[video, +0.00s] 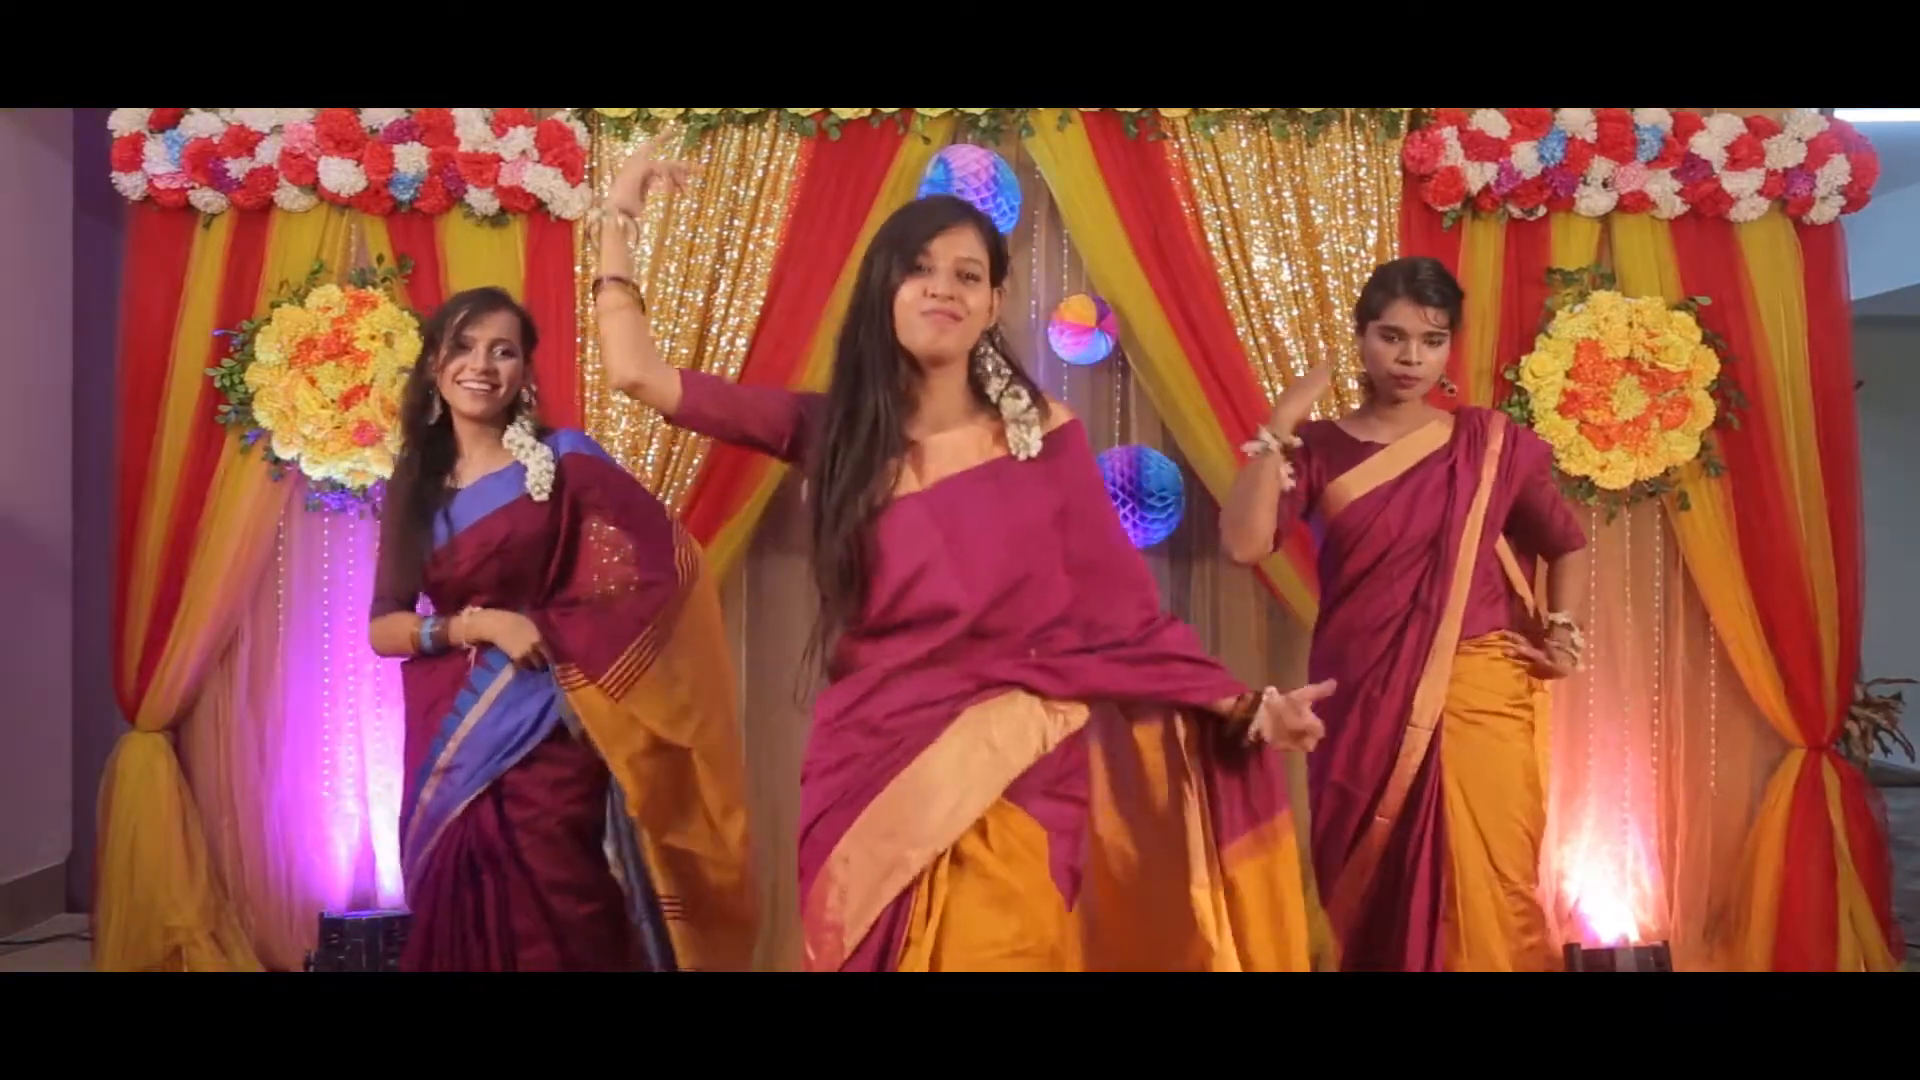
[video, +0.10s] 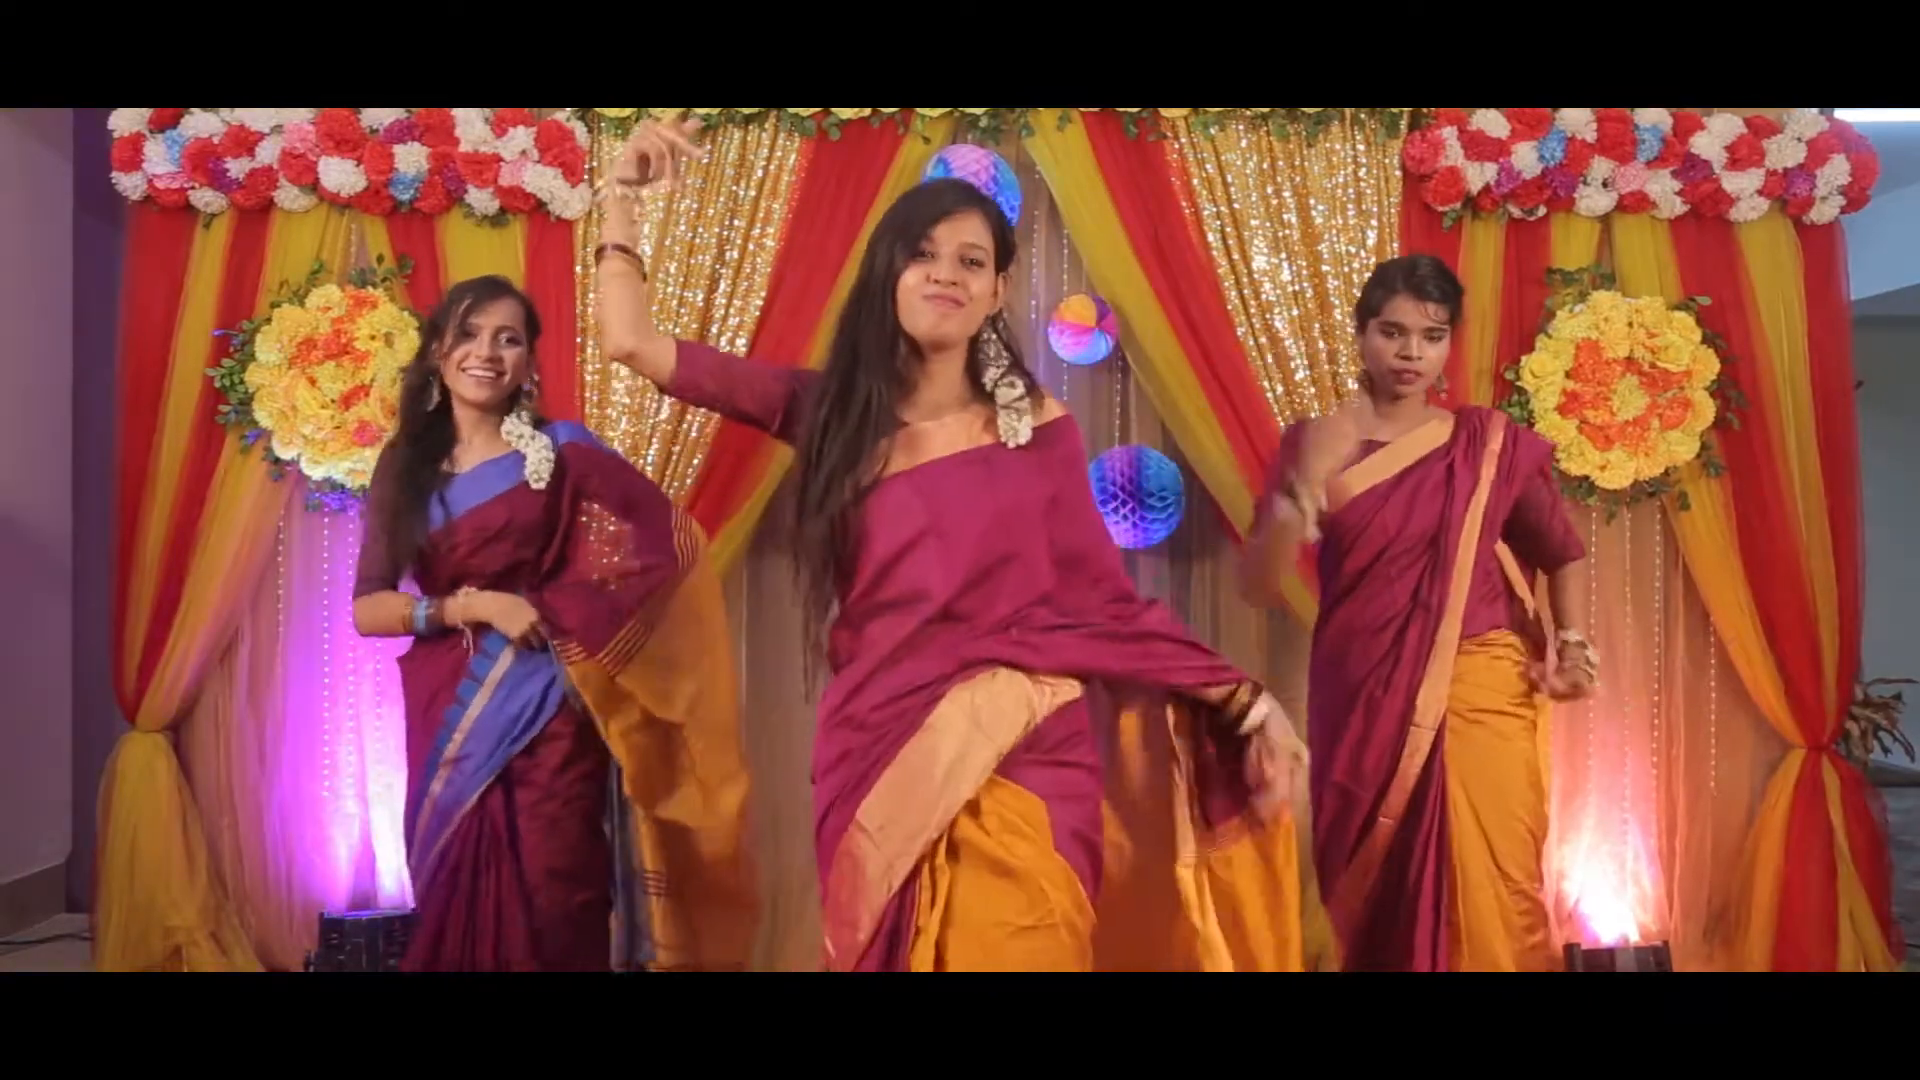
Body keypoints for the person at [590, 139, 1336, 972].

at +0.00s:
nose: (944, 291)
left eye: (970, 277)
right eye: (921, 271)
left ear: (995, 305)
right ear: (880, 291)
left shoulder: (1048, 437)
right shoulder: (844, 431)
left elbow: (1128, 621)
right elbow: (638, 375)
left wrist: (1248, 707)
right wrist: (617, 220)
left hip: (1022, 759)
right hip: (875, 757)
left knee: (1005, 949)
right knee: (868, 953)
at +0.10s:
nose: (945, 276)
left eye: (972, 261)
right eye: (922, 255)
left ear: (999, 290)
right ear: (883, 276)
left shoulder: (1037, 425)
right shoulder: (841, 417)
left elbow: (1105, 606)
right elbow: (633, 340)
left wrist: (1241, 694)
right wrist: (620, 190)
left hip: (1034, 742)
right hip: (883, 748)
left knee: (1017, 946)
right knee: (890, 952)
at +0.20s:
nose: (944, 280)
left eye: (970, 267)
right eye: (924, 259)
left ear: (998, 297)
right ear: (884, 277)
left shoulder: (1033, 430)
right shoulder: (834, 416)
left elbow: (1110, 612)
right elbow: (630, 344)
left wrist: (1238, 743)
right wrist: (649, 194)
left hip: (1030, 748)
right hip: (879, 755)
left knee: (1025, 947)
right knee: (893, 953)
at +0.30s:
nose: (943, 288)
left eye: (969, 273)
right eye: (922, 267)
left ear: (996, 302)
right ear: (885, 288)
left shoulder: (1040, 440)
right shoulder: (839, 424)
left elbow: (1114, 629)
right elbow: (631, 382)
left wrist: (1228, 739)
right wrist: (674, 223)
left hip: (1027, 765)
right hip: (875, 768)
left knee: (1018, 953)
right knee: (883, 959)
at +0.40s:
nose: (946, 281)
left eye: (972, 265)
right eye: (924, 260)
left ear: (1004, 295)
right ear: (888, 286)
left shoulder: (1044, 433)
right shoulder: (841, 421)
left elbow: (1107, 622)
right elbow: (633, 451)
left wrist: (1225, 752)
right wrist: (652, 275)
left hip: (1025, 754)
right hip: (875, 755)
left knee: (1019, 948)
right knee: (883, 955)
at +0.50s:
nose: (944, 285)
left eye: (972, 267)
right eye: (922, 264)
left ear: (1004, 296)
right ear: (892, 285)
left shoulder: (1044, 433)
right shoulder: (840, 427)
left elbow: (1109, 626)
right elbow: (678, 548)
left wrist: (1211, 763)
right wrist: (627, 385)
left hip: (1024, 757)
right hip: (871, 757)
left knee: (1007, 953)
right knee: (875, 956)